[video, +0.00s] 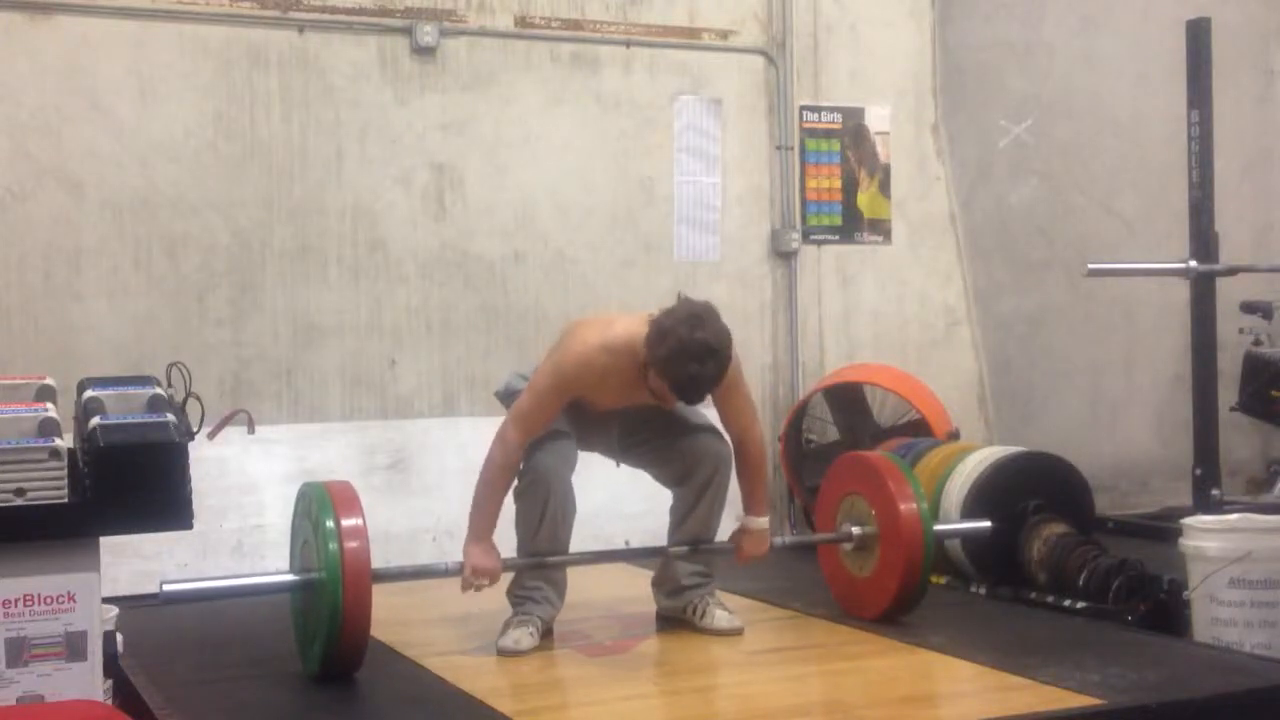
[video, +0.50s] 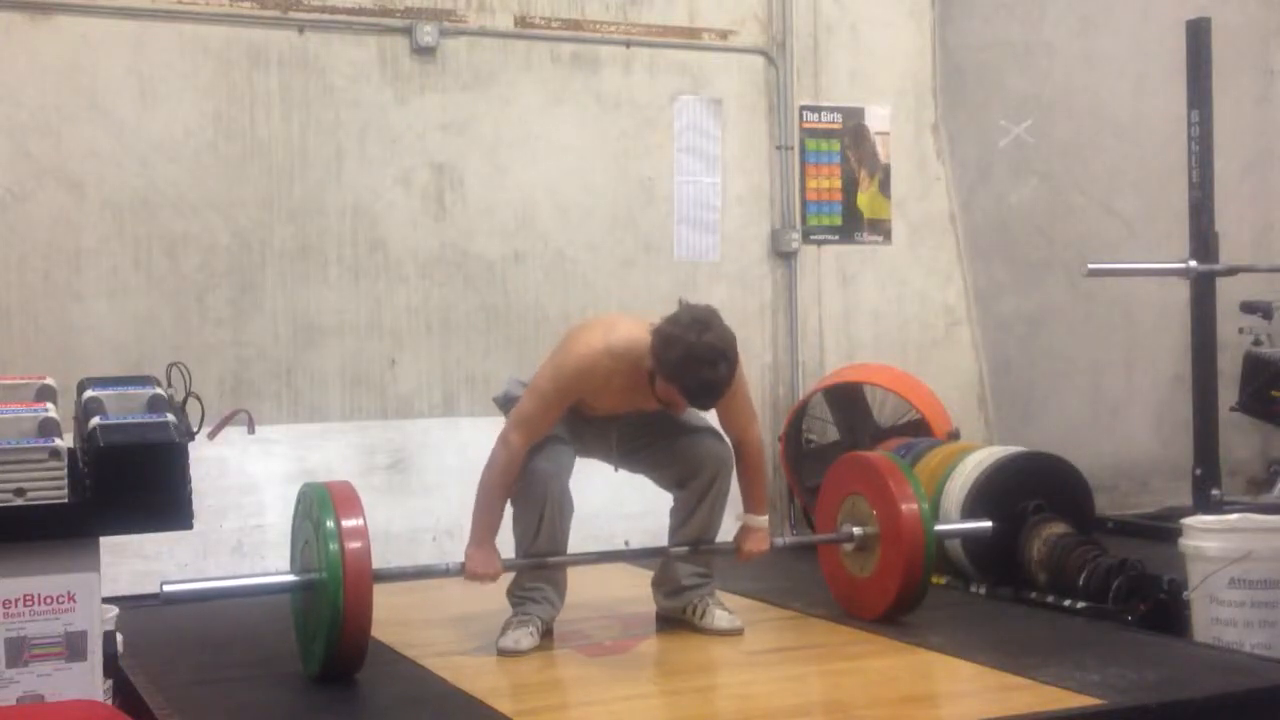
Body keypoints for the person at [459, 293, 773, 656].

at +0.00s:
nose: (672, 406)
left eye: (683, 401)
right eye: (664, 395)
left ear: (712, 373)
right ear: (649, 363)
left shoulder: (716, 358)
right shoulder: (583, 354)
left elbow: (747, 433)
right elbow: (508, 441)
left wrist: (757, 520)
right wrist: (478, 540)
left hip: (628, 411)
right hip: (560, 406)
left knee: (709, 453)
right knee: (548, 465)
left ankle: (683, 591)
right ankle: (532, 607)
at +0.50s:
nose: (681, 412)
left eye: (692, 406)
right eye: (674, 403)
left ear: (715, 380)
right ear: (656, 369)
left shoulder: (719, 365)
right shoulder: (589, 355)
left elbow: (747, 437)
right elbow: (511, 441)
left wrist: (757, 521)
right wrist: (480, 542)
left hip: (633, 419)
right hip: (561, 416)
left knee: (711, 456)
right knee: (544, 470)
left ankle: (683, 592)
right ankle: (533, 606)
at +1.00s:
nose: (678, 402)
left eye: (692, 394)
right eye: (671, 391)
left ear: (708, 375)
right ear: (653, 360)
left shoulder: (707, 365)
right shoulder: (595, 361)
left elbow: (752, 431)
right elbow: (500, 436)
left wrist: (761, 518)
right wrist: (488, 542)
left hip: (633, 460)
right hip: (564, 459)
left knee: (716, 461)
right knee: (547, 471)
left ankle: (681, 598)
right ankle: (534, 610)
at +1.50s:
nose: (667, 322)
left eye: (677, 307)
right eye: (653, 307)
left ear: (686, 303)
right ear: (620, 300)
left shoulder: (686, 357)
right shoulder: (572, 359)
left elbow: (740, 429)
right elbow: (491, 435)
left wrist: (760, 513)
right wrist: (492, 536)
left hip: (640, 510)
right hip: (573, 513)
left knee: (720, 467)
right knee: (545, 478)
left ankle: (682, 598)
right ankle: (535, 609)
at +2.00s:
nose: (680, 244)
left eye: (688, 232)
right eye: (664, 231)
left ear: (697, 239)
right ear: (628, 242)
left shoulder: (698, 320)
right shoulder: (579, 315)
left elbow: (727, 417)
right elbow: (522, 417)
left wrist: (750, 503)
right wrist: (491, 524)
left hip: (626, 407)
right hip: (554, 408)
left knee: (699, 448)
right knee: (548, 465)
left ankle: (682, 594)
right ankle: (534, 607)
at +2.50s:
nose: (652, 75)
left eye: (661, 64)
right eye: (638, 61)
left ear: (670, 75)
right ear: (604, 70)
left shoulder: (677, 164)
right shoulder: (558, 159)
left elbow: (712, 258)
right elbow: (510, 256)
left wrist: (740, 341)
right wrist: (488, 359)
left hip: (625, 318)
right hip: (543, 318)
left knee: (658, 450)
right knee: (535, 456)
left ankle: (682, 592)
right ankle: (529, 607)